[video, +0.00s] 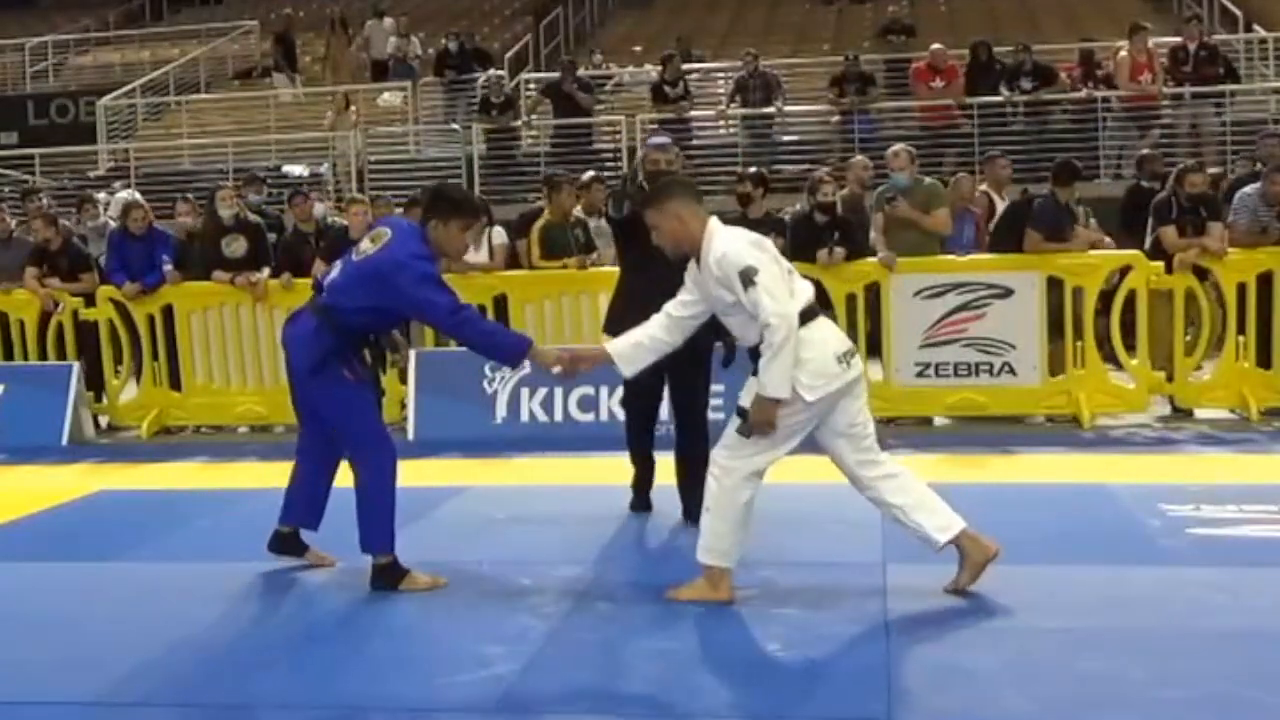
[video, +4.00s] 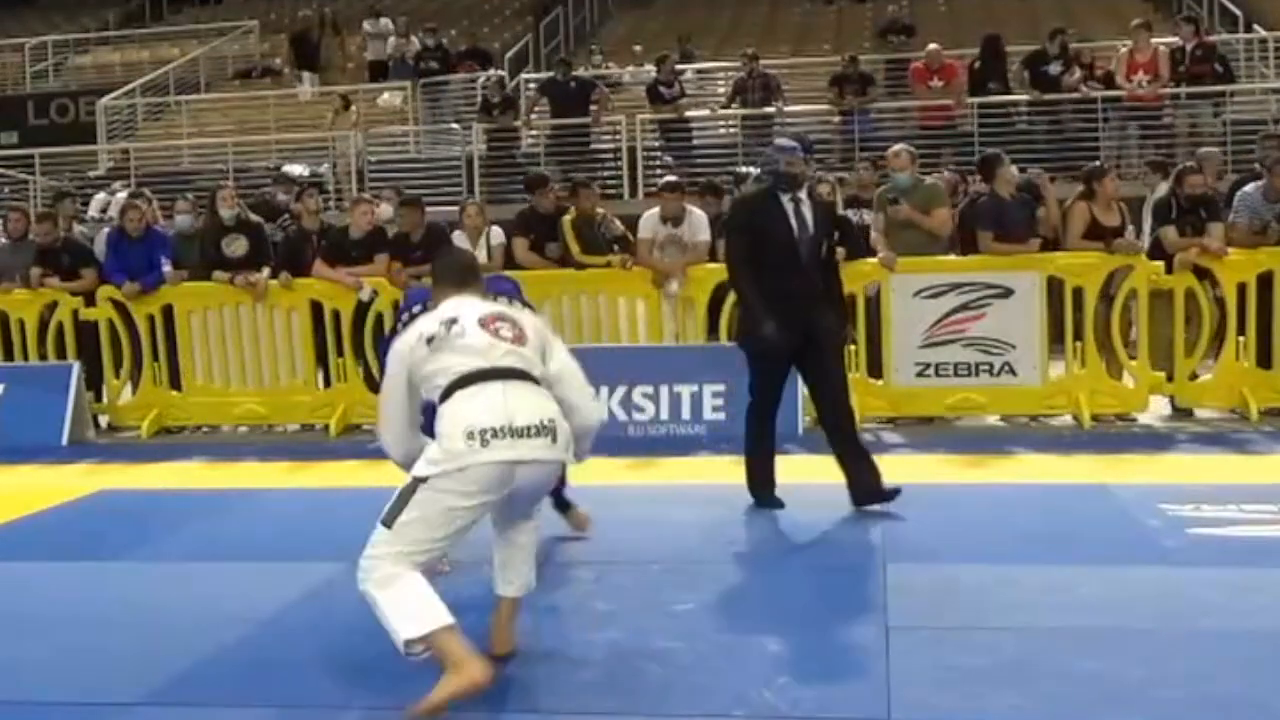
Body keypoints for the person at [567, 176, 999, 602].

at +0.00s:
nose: (657, 237)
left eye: (657, 226)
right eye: (653, 229)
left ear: (683, 215)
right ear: (684, 218)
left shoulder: (733, 248)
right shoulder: (706, 265)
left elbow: (781, 318)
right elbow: (670, 324)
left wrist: (768, 395)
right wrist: (601, 354)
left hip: (806, 364)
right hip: (833, 355)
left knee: (731, 464)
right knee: (868, 466)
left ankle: (715, 577)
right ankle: (969, 542)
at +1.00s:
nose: (974, 101)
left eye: (981, 91)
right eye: (978, 90)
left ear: (1007, 95)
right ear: (1025, 97)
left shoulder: (1015, 156)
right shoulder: (1062, 150)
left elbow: (1053, 237)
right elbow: (1099, 231)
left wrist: (1073, 312)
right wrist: (1102, 302)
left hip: (1049, 313)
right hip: (1093, 304)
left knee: (1071, 433)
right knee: (1107, 422)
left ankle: (1123, 558)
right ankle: (1157, 542)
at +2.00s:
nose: (948, 180)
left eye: (951, 168)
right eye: (947, 169)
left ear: (980, 164)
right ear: (997, 165)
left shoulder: (1011, 212)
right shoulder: (1045, 203)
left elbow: (1053, 274)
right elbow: (1104, 270)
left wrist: (1035, 357)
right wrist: (1085, 333)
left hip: (1066, 359)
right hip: (1096, 353)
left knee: (1029, 483)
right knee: (1074, 480)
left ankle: (1076, 625)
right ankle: (1114, 582)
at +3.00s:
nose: (609, 298)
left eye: (608, 287)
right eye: (607, 288)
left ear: (622, 281)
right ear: (659, 273)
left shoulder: (627, 324)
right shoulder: (719, 297)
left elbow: (629, 432)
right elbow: (764, 364)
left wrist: (633, 478)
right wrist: (694, 450)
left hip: (742, 431)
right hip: (810, 420)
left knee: (678, 573)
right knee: (761, 516)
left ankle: (751, 706)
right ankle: (776, 630)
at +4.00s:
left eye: (432, 289)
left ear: (434, 289)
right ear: (482, 283)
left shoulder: (411, 337)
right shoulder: (529, 321)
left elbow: (399, 444)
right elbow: (587, 412)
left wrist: (444, 473)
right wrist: (561, 457)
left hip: (470, 453)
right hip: (544, 450)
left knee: (383, 565)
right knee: (516, 519)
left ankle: (462, 663)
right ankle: (504, 631)